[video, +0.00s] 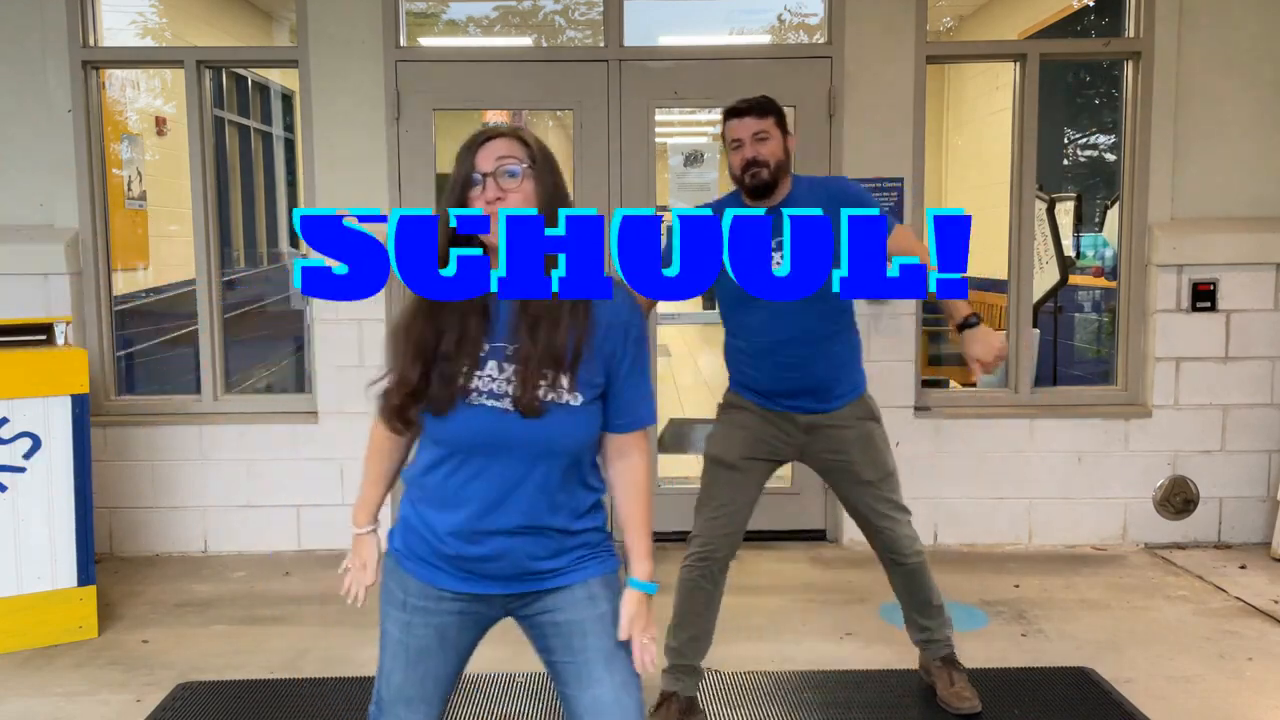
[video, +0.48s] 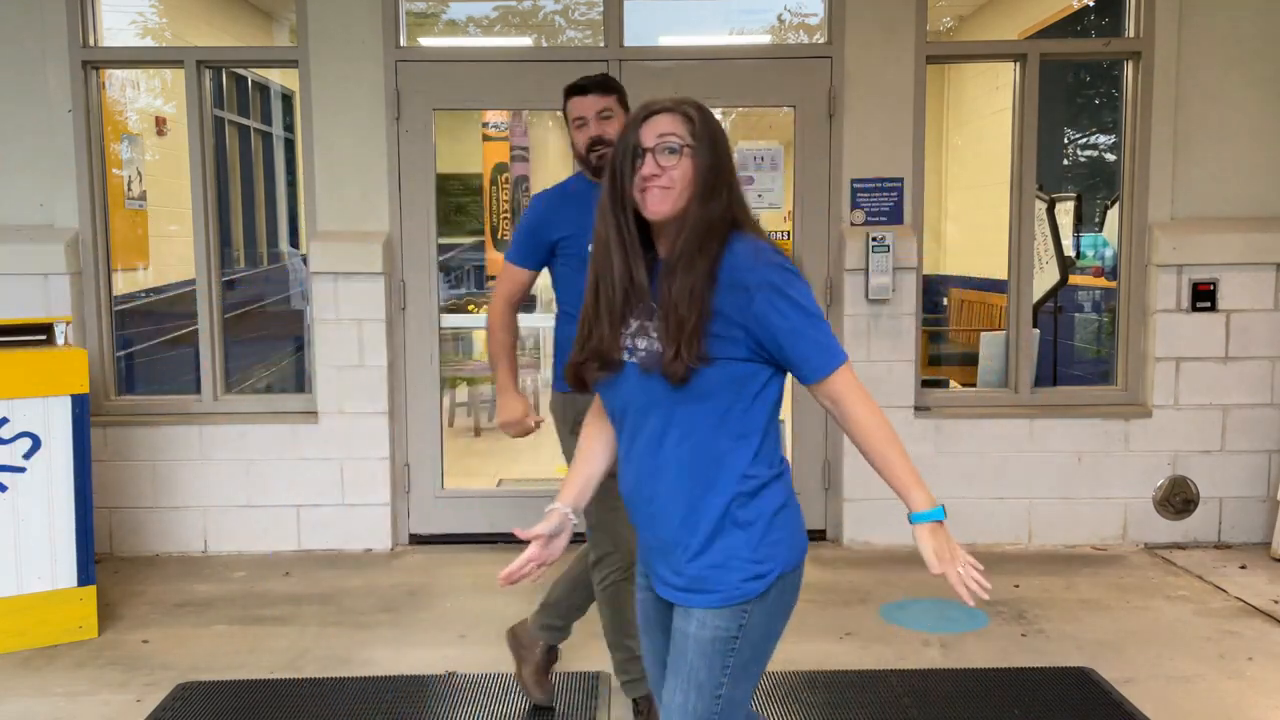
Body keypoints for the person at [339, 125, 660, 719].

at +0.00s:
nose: (492, 190)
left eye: (510, 173)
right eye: (477, 180)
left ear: (547, 186)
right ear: (464, 199)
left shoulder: (603, 302)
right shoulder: (439, 292)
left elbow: (628, 446)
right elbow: (399, 411)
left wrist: (641, 577)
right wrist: (363, 520)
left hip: (569, 563)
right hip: (435, 563)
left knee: (617, 711)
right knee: (400, 712)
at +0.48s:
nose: (652, 166)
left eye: (672, 148)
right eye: (640, 153)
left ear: (709, 168)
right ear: (627, 175)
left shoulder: (751, 270)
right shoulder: (632, 276)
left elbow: (843, 394)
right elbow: (609, 409)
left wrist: (925, 512)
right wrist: (566, 510)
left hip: (742, 558)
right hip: (659, 552)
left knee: (696, 710)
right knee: (679, 706)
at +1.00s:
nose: (874, 170)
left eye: (890, 153)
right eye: (859, 161)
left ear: (925, 164)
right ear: (846, 181)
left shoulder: (980, 271)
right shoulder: (821, 258)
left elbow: (1006, 412)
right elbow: (769, 363)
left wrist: (995, 392)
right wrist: (682, 441)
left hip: (951, 529)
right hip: (829, 531)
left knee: (992, 708)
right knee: (835, 711)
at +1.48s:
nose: (1052, 191)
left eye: (1070, 173)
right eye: (1037, 184)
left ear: (1108, 188)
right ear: (1026, 210)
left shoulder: (1178, 294)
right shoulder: (1002, 292)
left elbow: (1231, 422)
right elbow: (962, 407)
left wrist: (1238, 459)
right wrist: (877, 426)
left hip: (1131, 559)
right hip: (997, 546)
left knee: (1160, 712)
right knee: (951, 709)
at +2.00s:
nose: (1054, 191)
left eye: (1074, 177)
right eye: (1041, 179)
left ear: (1106, 194)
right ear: (1023, 200)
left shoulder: (1169, 283)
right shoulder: (1020, 301)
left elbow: (1265, 393)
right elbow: (988, 427)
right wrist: (929, 355)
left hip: (1169, 581)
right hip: (1048, 573)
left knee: (1146, 712)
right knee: (1040, 711)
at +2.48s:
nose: (949, 186)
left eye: (964, 167)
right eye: (933, 184)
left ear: (1005, 174)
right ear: (927, 215)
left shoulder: (1084, 278)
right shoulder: (912, 299)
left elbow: (1125, 419)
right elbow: (870, 429)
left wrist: (1145, 379)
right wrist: (773, 478)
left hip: (1067, 563)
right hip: (937, 562)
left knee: (1123, 712)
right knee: (912, 713)